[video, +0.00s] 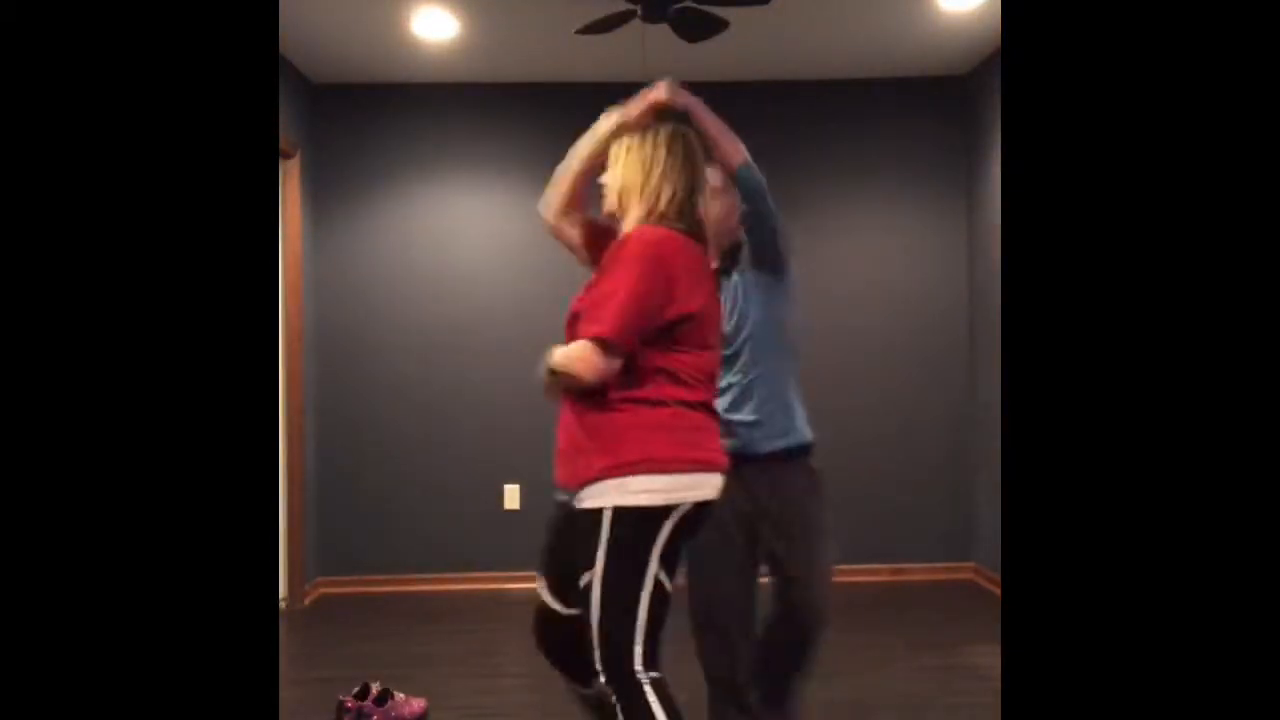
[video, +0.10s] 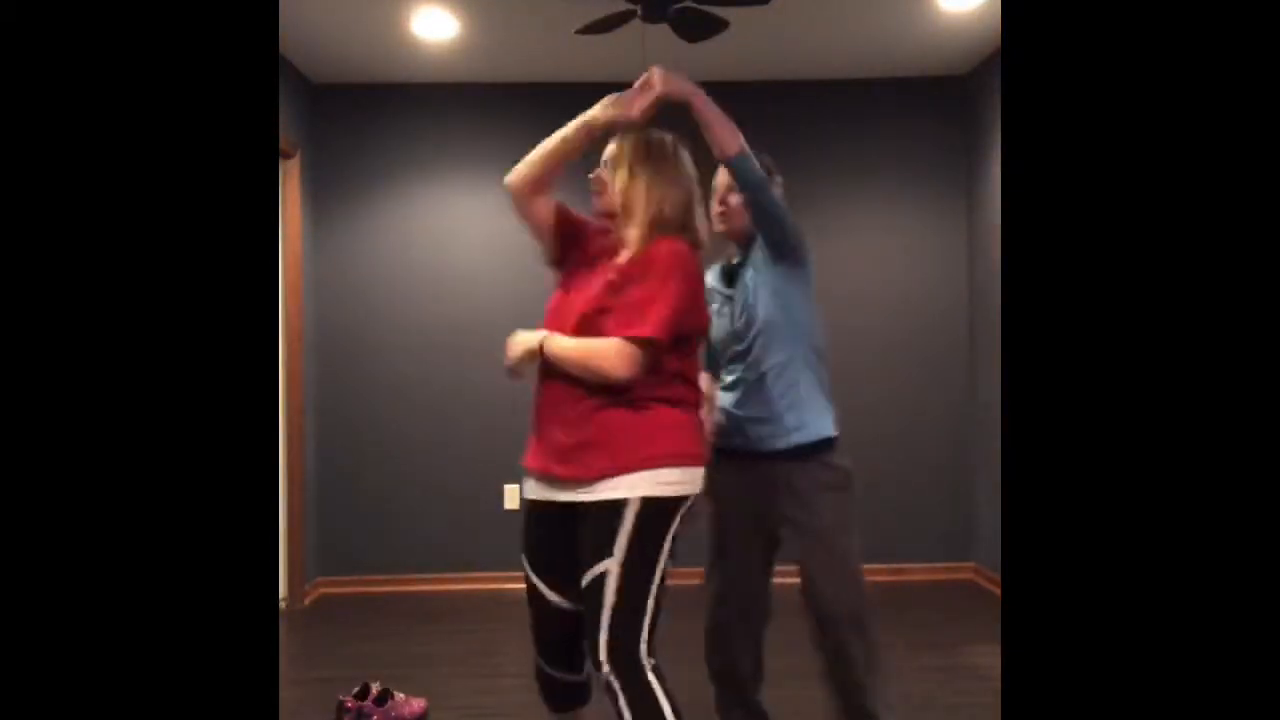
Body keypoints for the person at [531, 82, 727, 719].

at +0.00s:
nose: (606, 173)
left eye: (616, 159)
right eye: (607, 160)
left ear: (638, 169)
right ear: (674, 171)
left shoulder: (654, 247)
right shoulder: (635, 246)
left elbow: (593, 365)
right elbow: (559, 211)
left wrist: (555, 355)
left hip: (647, 482)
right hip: (613, 480)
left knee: (621, 663)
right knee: (562, 634)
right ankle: (623, 708)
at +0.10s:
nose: (597, 177)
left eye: (612, 165)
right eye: (599, 165)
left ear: (647, 178)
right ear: (613, 179)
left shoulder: (670, 257)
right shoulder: (588, 244)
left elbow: (622, 360)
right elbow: (522, 185)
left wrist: (541, 341)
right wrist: (597, 117)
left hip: (641, 476)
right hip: (561, 475)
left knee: (619, 652)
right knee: (559, 662)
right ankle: (572, 711)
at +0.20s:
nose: (605, 187)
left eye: (622, 178)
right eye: (600, 177)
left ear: (652, 195)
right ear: (590, 189)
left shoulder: (671, 276)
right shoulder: (551, 258)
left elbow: (657, 368)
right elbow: (508, 215)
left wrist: (559, 335)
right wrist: (594, 167)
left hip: (638, 481)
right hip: (541, 479)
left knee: (620, 640)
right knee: (560, 648)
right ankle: (573, 713)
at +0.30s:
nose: (621, 194)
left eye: (632, 188)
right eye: (609, 185)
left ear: (646, 205)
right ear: (582, 199)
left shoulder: (661, 275)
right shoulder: (545, 260)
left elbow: (682, 374)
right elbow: (511, 293)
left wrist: (609, 347)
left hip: (640, 476)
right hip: (544, 477)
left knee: (623, 638)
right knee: (568, 640)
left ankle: (635, 713)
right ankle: (575, 715)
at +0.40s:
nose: (629, 200)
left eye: (635, 192)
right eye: (616, 189)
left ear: (641, 205)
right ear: (581, 198)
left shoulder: (652, 281)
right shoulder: (551, 267)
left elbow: (678, 364)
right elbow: (543, 332)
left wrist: (645, 374)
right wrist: (664, 354)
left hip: (638, 469)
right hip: (550, 470)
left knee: (637, 629)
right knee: (578, 627)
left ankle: (616, 711)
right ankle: (579, 713)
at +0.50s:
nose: (628, 200)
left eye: (631, 192)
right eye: (614, 191)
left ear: (633, 205)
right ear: (578, 202)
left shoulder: (644, 281)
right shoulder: (555, 279)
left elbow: (677, 352)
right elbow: (611, 349)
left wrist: (670, 381)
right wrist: (716, 357)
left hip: (633, 460)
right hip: (560, 461)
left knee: (624, 603)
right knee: (588, 609)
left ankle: (583, 695)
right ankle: (583, 710)